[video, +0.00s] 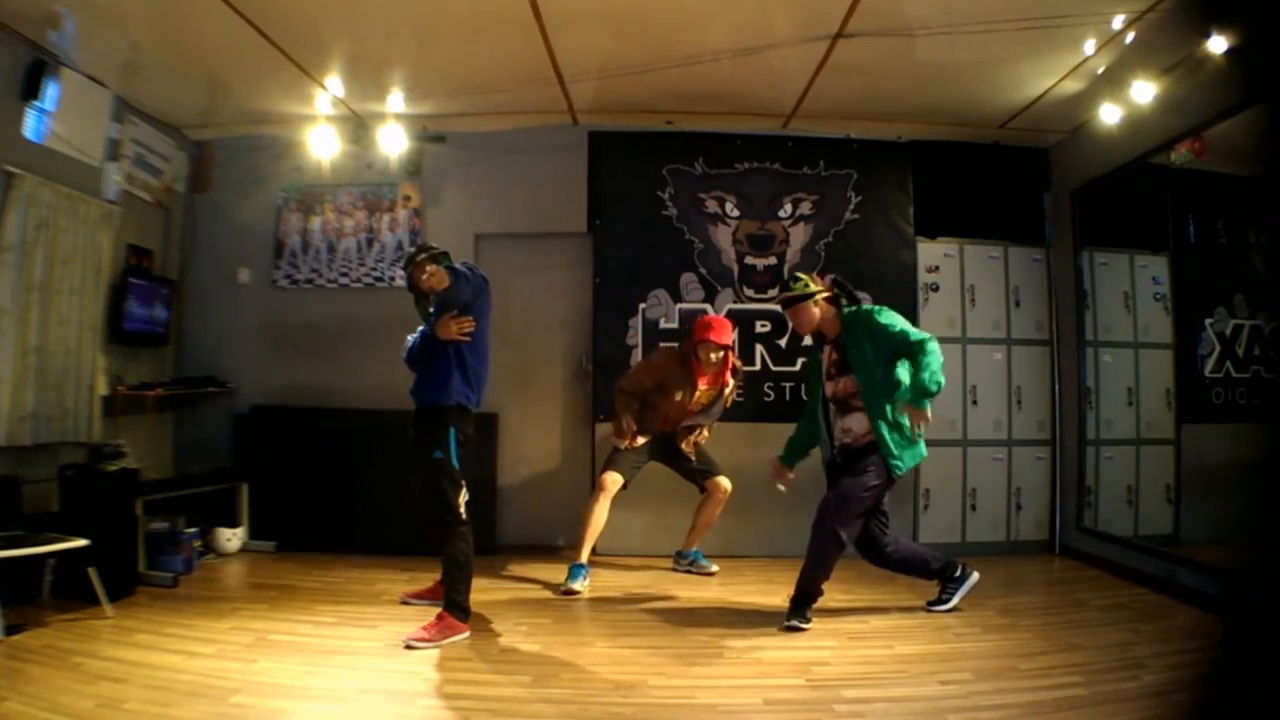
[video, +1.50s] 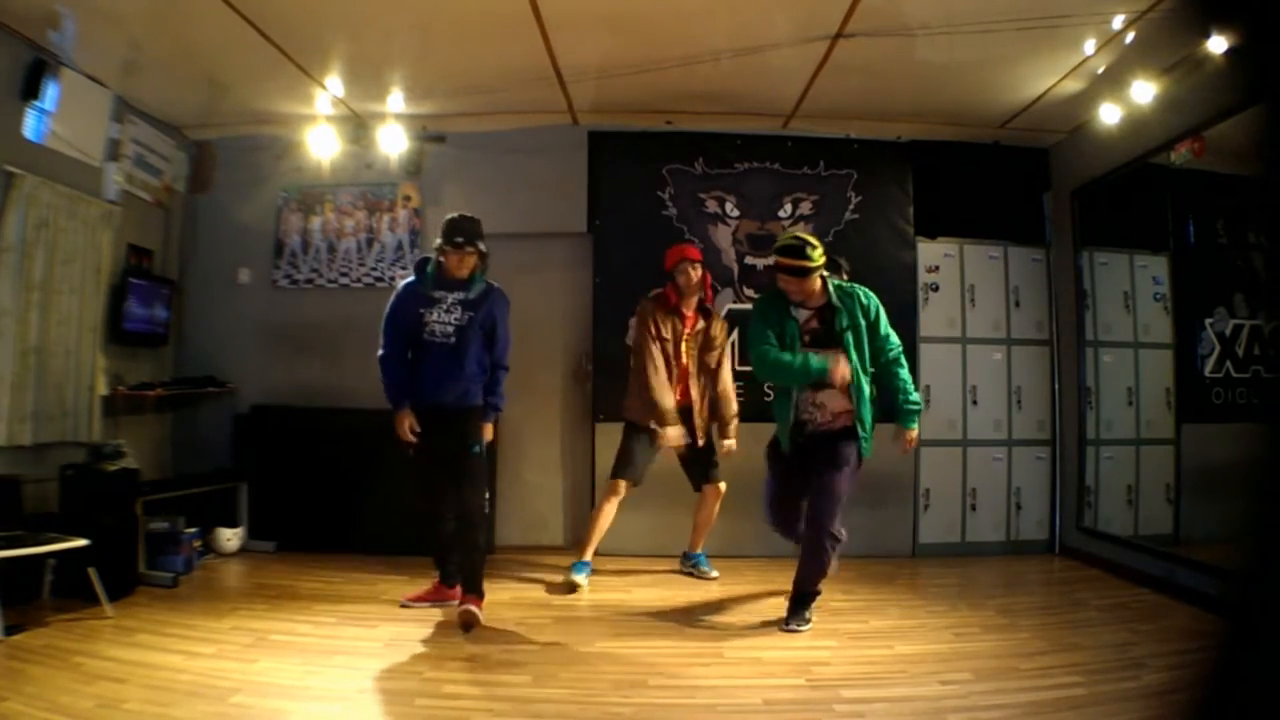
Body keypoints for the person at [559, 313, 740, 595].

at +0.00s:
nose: (714, 354)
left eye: (720, 349)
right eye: (708, 348)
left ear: (728, 350)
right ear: (695, 345)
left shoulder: (727, 376)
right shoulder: (667, 361)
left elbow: (717, 409)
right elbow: (626, 387)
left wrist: (702, 428)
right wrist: (626, 421)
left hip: (677, 440)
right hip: (640, 436)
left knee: (720, 487)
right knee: (607, 483)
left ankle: (687, 554)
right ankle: (580, 566)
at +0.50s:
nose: (686, 313)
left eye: (692, 307)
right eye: (680, 305)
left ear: (699, 310)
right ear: (665, 304)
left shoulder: (694, 345)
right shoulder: (633, 324)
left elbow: (691, 396)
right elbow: (594, 365)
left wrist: (690, 440)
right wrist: (599, 412)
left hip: (654, 422)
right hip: (618, 418)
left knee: (694, 485)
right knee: (586, 479)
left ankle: (685, 554)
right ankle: (577, 566)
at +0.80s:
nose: (669, 299)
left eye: (672, 293)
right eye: (664, 291)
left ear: (672, 292)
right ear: (644, 286)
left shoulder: (658, 321)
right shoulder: (608, 311)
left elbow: (656, 367)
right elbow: (597, 363)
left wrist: (663, 393)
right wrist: (625, 377)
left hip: (640, 413)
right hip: (606, 410)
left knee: (674, 476)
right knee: (600, 483)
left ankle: (678, 558)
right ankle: (579, 566)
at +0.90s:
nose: (666, 294)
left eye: (670, 288)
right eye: (661, 286)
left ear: (669, 288)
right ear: (642, 281)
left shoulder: (648, 314)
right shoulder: (611, 312)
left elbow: (644, 369)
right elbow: (623, 374)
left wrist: (674, 379)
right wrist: (672, 377)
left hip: (637, 416)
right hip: (607, 416)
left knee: (671, 478)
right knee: (604, 485)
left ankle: (676, 559)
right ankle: (579, 567)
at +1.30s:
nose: (674, 286)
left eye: (681, 281)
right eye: (669, 278)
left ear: (687, 285)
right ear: (655, 277)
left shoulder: (681, 321)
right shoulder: (633, 305)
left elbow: (684, 366)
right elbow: (654, 353)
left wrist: (701, 394)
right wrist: (697, 368)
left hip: (667, 414)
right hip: (630, 411)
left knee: (707, 478)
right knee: (607, 486)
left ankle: (690, 551)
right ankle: (578, 566)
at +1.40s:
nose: (687, 283)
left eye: (692, 276)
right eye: (680, 275)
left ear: (698, 282)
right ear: (664, 278)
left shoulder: (699, 324)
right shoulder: (641, 313)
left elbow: (711, 368)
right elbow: (658, 363)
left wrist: (716, 402)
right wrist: (697, 400)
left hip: (680, 417)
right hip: (639, 416)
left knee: (711, 485)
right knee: (609, 486)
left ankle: (695, 552)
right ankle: (578, 566)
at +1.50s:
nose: (692, 273)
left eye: (696, 266)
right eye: (684, 267)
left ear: (704, 273)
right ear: (672, 274)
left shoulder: (712, 323)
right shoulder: (652, 312)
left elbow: (722, 378)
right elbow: (652, 370)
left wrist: (728, 428)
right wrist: (667, 420)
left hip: (693, 418)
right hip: (649, 414)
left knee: (714, 487)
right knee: (618, 486)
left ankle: (693, 555)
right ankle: (584, 563)